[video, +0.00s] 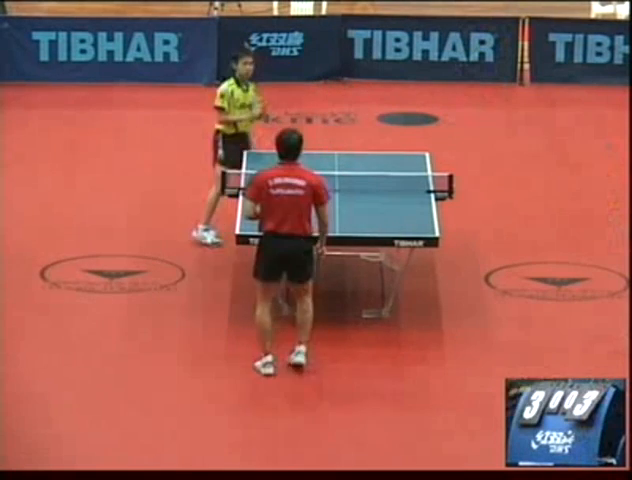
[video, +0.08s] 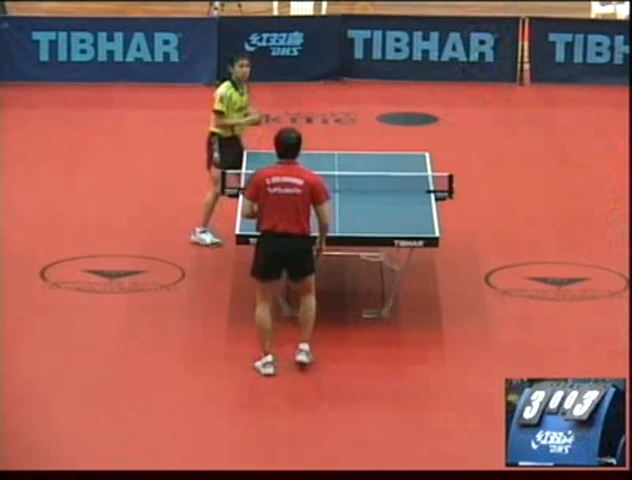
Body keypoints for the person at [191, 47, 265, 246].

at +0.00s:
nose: (249, 68)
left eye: (251, 64)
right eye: (245, 64)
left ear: (253, 67)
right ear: (235, 66)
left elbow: (260, 111)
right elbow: (221, 117)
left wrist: (263, 113)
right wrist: (248, 116)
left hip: (245, 135)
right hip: (228, 135)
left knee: (246, 179)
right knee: (221, 183)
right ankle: (204, 226)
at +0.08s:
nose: (245, 71)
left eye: (247, 67)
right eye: (241, 67)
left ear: (249, 70)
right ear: (231, 69)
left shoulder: (245, 90)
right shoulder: (223, 91)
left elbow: (244, 111)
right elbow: (219, 121)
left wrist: (256, 117)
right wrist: (246, 121)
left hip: (235, 135)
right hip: (219, 135)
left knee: (234, 180)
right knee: (217, 186)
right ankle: (202, 229)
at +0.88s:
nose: (221, 70)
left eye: (223, 66)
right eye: (217, 66)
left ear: (223, 67)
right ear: (206, 66)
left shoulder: (212, 88)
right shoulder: (201, 89)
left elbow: (216, 110)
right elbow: (199, 118)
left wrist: (233, 116)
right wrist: (225, 119)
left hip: (207, 134)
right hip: (198, 135)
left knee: (199, 181)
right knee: (204, 182)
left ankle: (190, 222)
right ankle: (199, 228)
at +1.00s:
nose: (221, 70)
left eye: (223, 66)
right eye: (218, 66)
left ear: (222, 67)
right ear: (206, 66)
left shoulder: (211, 87)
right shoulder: (201, 89)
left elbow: (216, 112)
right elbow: (203, 118)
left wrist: (236, 117)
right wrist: (229, 121)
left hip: (206, 134)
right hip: (198, 135)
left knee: (199, 180)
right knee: (206, 182)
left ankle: (190, 222)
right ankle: (200, 228)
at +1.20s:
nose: (225, 71)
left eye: (226, 67)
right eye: (222, 67)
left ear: (213, 68)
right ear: (210, 66)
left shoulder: (203, 84)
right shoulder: (207, 88)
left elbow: (210, 111)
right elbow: (217, 118)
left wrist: (226, 116)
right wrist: (244, 134)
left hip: (197, 133)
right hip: (202, 135)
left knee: (199, 179)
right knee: (221, 180)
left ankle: (190, 221)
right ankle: (211, 226)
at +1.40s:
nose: (240, 77)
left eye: (241, 72)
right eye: (238, 72)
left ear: (225, 73)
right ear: (227, 72)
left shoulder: (211, 87)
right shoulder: (223, 92)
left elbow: (215, 116)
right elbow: (238, 120)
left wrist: (233, 124)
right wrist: (264, 135)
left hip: (198, 135)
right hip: (209, 138)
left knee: (204, 181)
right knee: (228, 183)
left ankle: (190, 221)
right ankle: (241, 226)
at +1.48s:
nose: (250, 83)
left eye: (250, 79)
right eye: (248, 79)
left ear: (234, 79)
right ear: (237, 78)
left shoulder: (218, 92)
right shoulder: (231, 95)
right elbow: (249, 122)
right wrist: (278, 138)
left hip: (201, 139)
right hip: (212, 141)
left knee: (207, 183)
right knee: (232, 182)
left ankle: (190, 221)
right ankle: (242, 226)